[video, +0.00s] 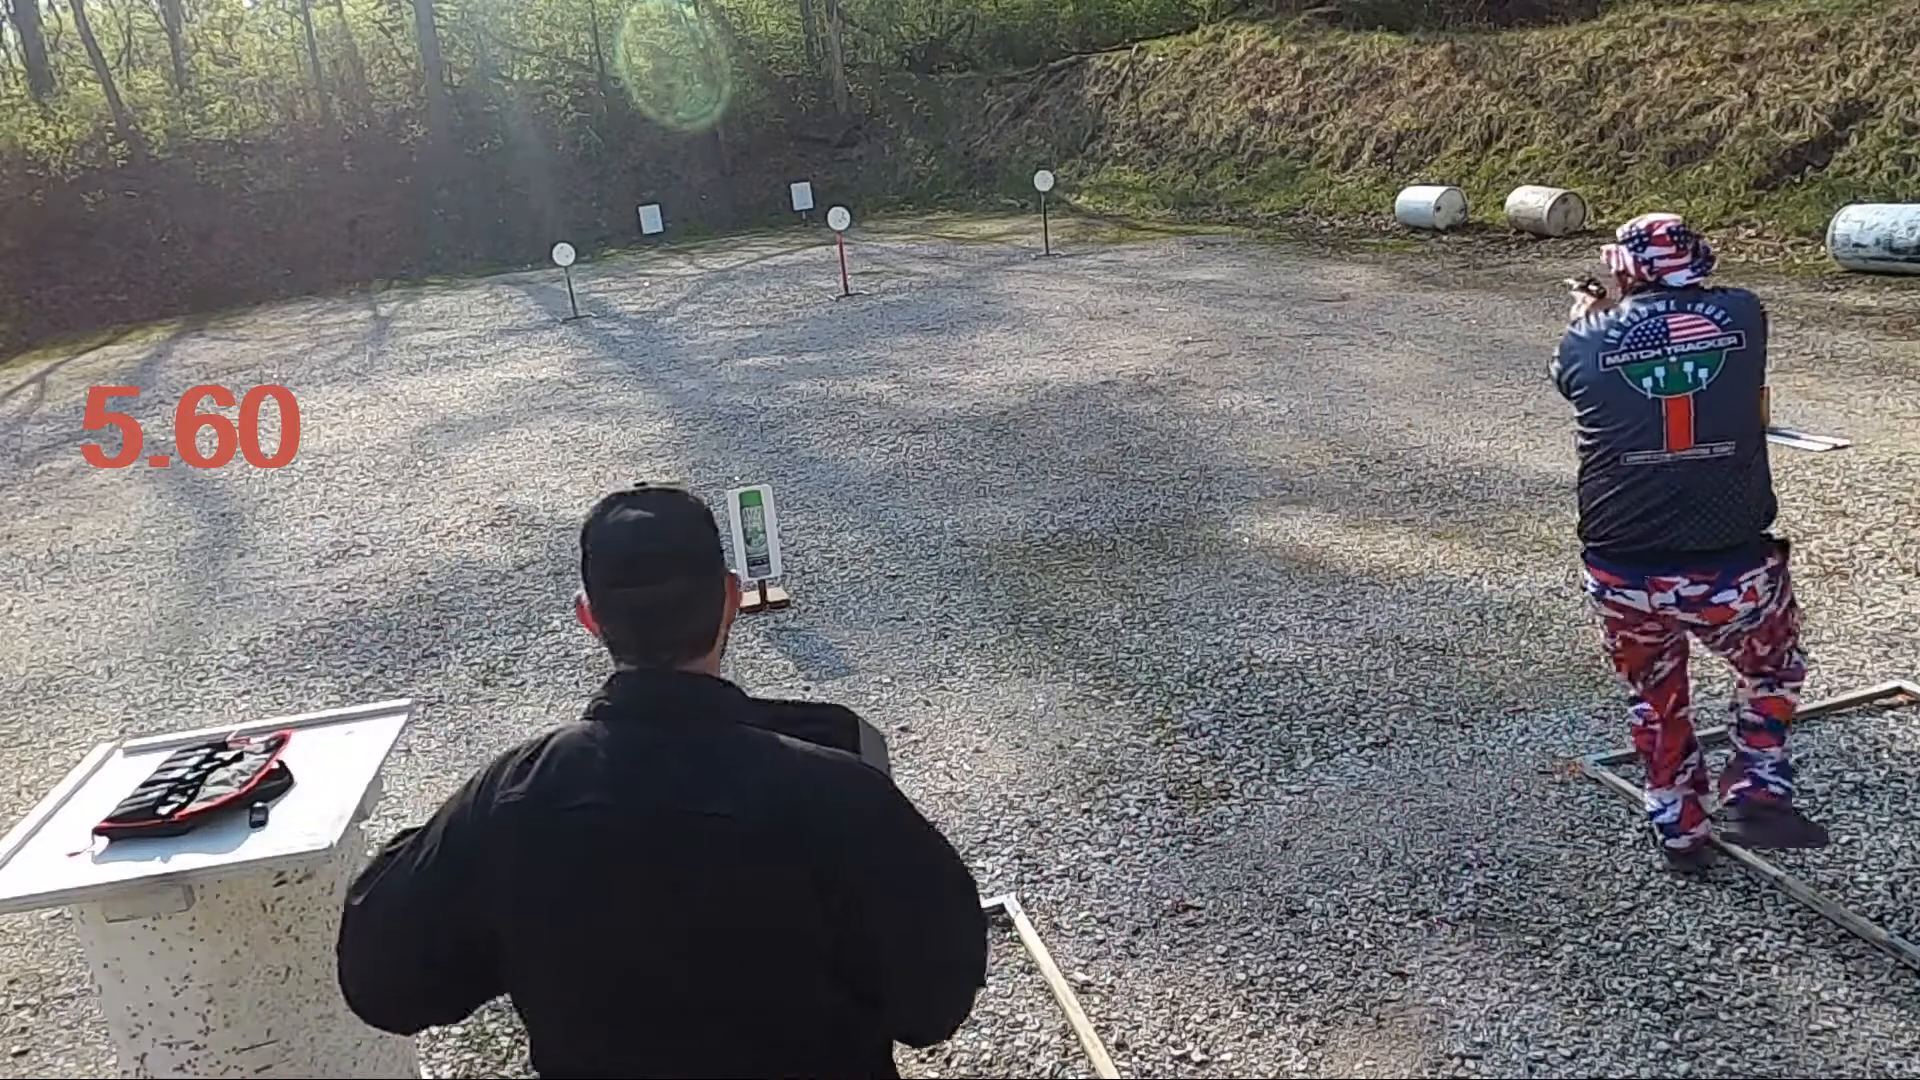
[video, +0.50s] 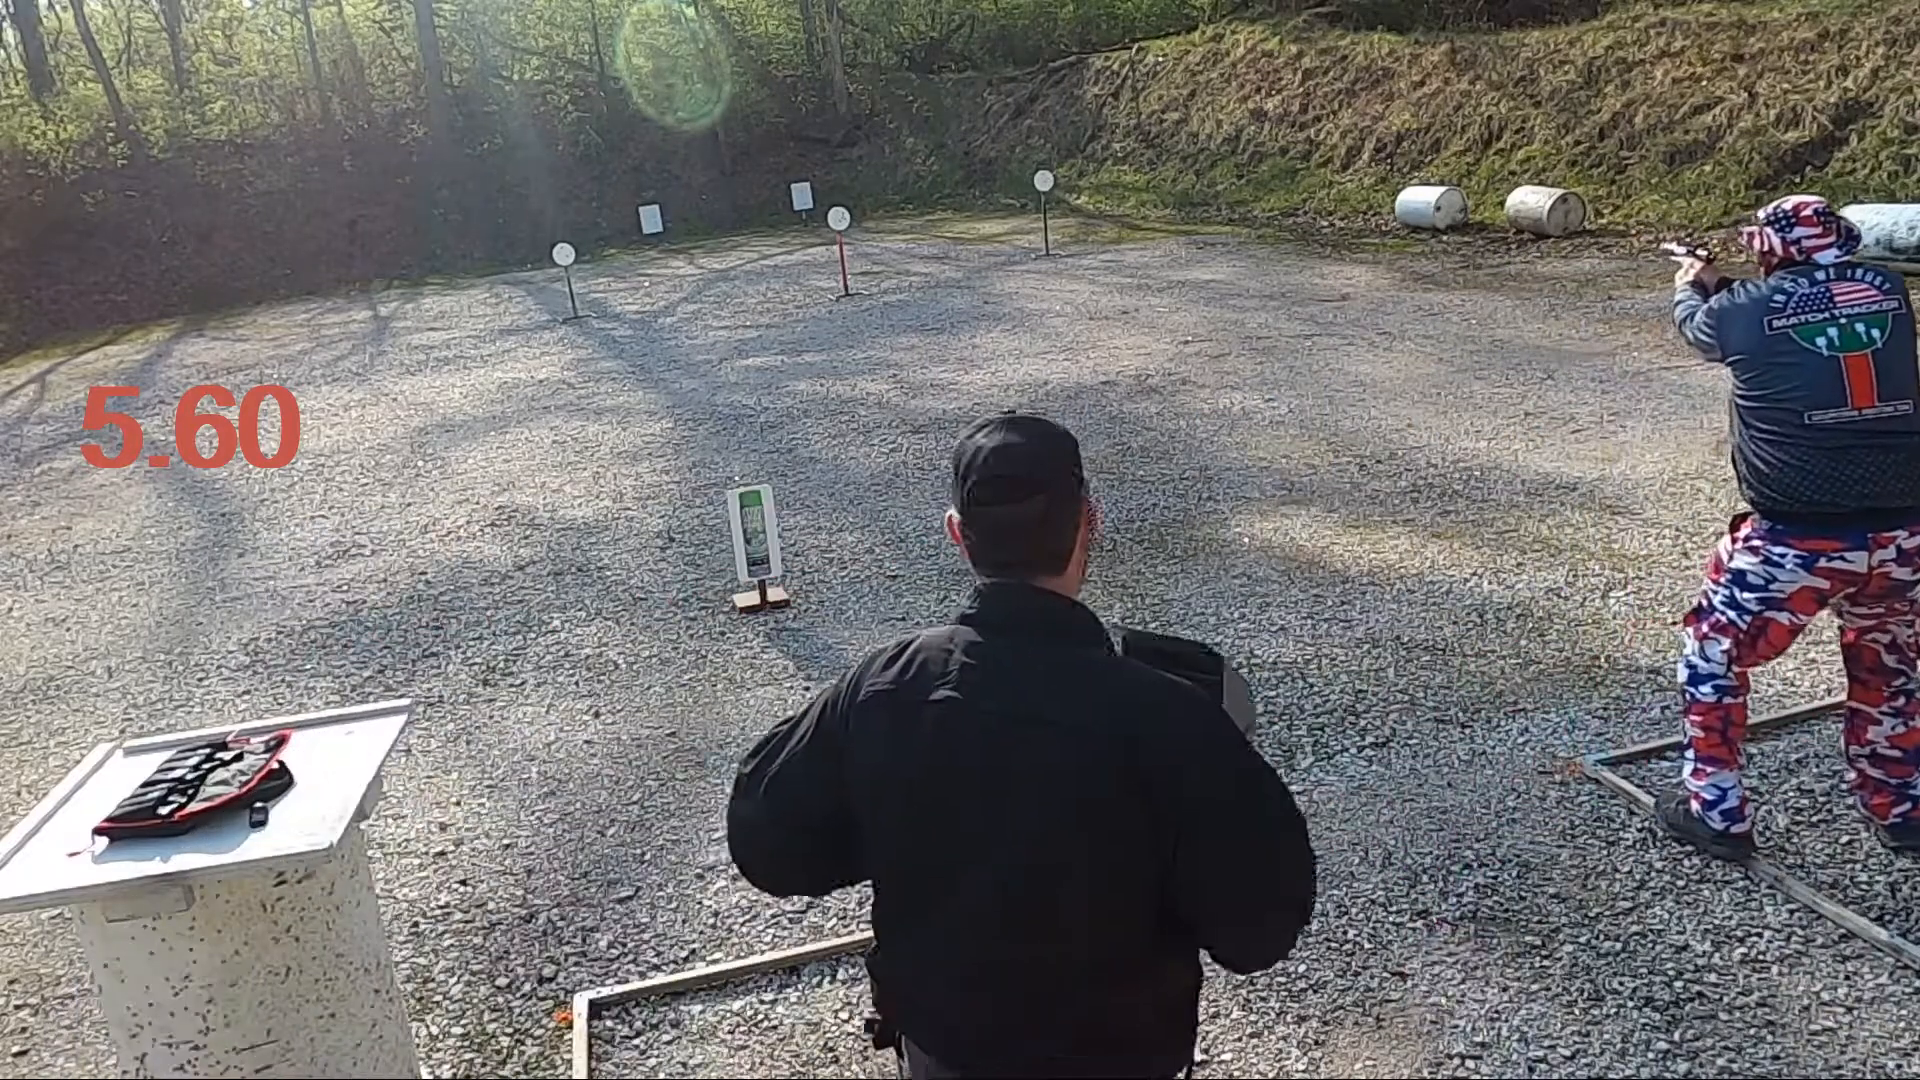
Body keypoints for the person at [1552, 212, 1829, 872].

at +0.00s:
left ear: (1623, 280)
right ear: (1694, 272)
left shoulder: (1585, 344)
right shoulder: (1742, 313)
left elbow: (1569, 368)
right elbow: (1686, 322)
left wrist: (1588, 313)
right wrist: (1637, 289)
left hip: (1623, 574)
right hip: (1731, 572)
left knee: (1656, 699)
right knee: (1772, 669)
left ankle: (1682, 832)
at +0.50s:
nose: (1760, 255)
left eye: (1764, 248)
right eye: (1762, 245)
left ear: (1775, 256)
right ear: (1840, 244)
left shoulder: (1746, 310)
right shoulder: (1889, 293)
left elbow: (1693, 321)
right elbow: (1818, 298)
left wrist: (1689, 277)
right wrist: (1745, 277)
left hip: (1796, 541)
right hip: (1903, 536)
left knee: (1712, 648)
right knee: (1891, 676)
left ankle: (1716, 811)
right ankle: (1901, 811)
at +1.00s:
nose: (1789, 245)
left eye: (1791, 236)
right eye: (1786, 235)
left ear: (1804, 244)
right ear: (1868, 234)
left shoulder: (1771, 298)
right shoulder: (1910, 286)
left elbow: (1712, 317)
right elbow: (1867, 270)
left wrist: (1710, 277)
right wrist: (1807, 250)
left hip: (1811, 531)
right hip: (1911, 529)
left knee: (1731, 649)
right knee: (1897, 675)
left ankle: (1720, 812)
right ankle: (1903, 811)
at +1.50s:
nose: (1793, 251)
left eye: (1796, 242)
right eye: (1791, 241)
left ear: (1805, 245)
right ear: (1871, 232)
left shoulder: (1772, 297)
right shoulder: (1909, 282)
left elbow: (1716, 312)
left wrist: (1714, 273)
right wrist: (1809, 255)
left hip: (1812, 528)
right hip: (1910, 529)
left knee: (1745, 657)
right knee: (1896, 676)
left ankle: (1725, 812)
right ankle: (1900, 809)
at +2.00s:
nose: (1787, 252)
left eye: (1791, 243)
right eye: (1787, 244)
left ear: (1806, 244)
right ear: (1869, 234)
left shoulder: (1778, 294)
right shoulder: (1909, 283)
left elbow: (1715, 313)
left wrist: (1697, 278)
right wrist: (1741, 276)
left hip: (1819, 532)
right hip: (1911, 528)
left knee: (1767, 651)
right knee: (1896, 677)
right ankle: (1902, 813)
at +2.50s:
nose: (1784, 253)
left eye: (1787, 244)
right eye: (1783, 246)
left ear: (1802, 243)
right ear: (1863, 232)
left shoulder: (1775, 294)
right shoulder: (1908, 281)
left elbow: (1710, 317)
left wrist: (1682, 278)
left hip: (1820, 530)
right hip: (1912, 521)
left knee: (1797, 663)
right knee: (1901, 668)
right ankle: (1900, 807)